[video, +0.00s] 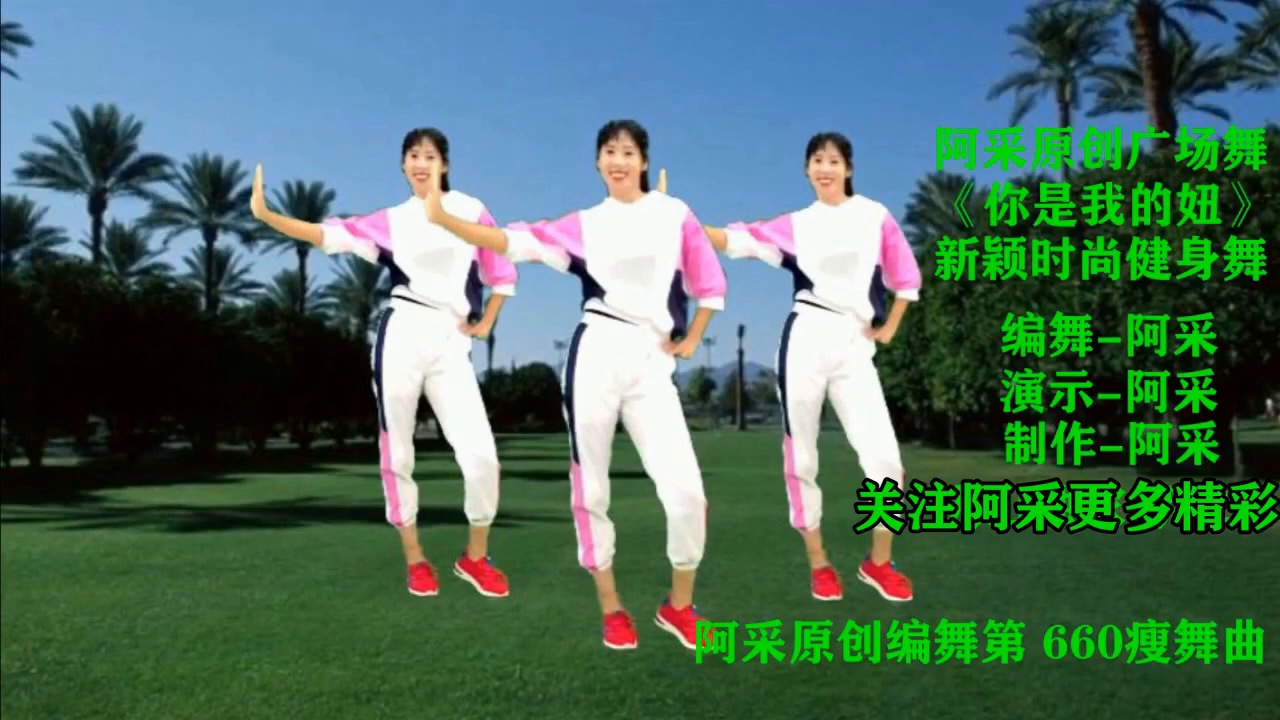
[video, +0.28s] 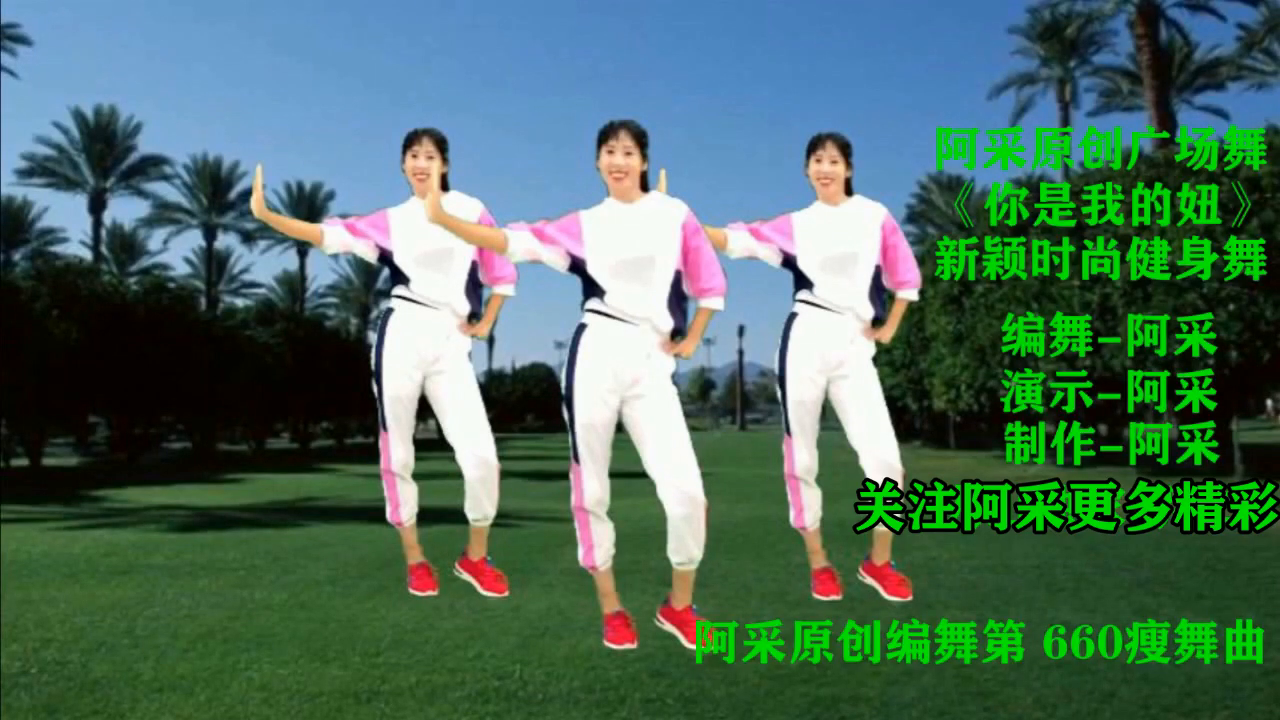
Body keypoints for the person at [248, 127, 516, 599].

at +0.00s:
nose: (420, 164)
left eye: (428, 157)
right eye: (412, 157)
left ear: (444, 165)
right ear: (403, 166)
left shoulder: (473, 211)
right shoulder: (393, 220)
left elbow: (503, 273)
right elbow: (327, 235)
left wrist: (485, 325)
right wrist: (265, 215)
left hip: (451, 335)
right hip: (401, 331)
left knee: (482, 456)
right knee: (399, 453)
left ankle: (476, 557)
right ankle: (415, 561)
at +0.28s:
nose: (420, 164)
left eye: (428, 157)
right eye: (412, 157)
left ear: (444, 165)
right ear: (403, 166)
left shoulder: (473, 211)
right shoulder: (393, 220)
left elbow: (503, 273)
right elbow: (327, 235)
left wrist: (484, 325)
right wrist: (265, 215)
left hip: (451, 335)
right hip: (401, 331)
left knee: (482, 456)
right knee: (399, 453)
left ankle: (476, 557)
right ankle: (415, 561)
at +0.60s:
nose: (420, 164)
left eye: (428, 157)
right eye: (412, 157)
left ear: (444, 165)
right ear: (403, 166)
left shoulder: (473, 211)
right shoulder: (393, 220)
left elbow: (503, 273)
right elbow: (327, 235)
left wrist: (484, 325)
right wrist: (265, 215)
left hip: (451, 335)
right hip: (401, 331)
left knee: (482, 456)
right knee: (399, 453)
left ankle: (476, 557)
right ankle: (415, 561)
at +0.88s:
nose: (420, 164)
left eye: (428, 157)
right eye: (412, 157)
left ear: (444, 165)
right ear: (403, 166)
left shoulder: (473, 211)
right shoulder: (393, 220)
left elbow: (503, 273)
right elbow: (327, 235)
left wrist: (484, 325)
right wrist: (265, 215)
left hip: (451, 335)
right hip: (401, 331)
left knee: (482, 456)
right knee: (399, 453)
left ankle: (476, 557)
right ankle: (415, 561)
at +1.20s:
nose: (420, 164)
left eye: (428, 157)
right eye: (412, 157)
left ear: (444, 165)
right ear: (403, 166)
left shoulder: (473, 211)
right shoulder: (393, 220)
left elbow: (503, 273)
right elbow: (327, 235)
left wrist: (484, 325)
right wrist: (265, 215)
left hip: (451, 335)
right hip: (401, 331)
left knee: (482, 457)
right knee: (399, 453)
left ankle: (476, 557)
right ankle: (415, 561)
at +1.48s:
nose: (456, 180)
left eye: (461, 174)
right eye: (451, 174)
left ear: (471, 180)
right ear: (444, 181)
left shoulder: (483, 222)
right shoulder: (437, 231)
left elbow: (500, 279)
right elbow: (399, 246)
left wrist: (492, 325)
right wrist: (371, 223)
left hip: (473, 336)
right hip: (444, 335)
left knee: (487, 445)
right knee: (442, 444)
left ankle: (485, 547)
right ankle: (452, 548)